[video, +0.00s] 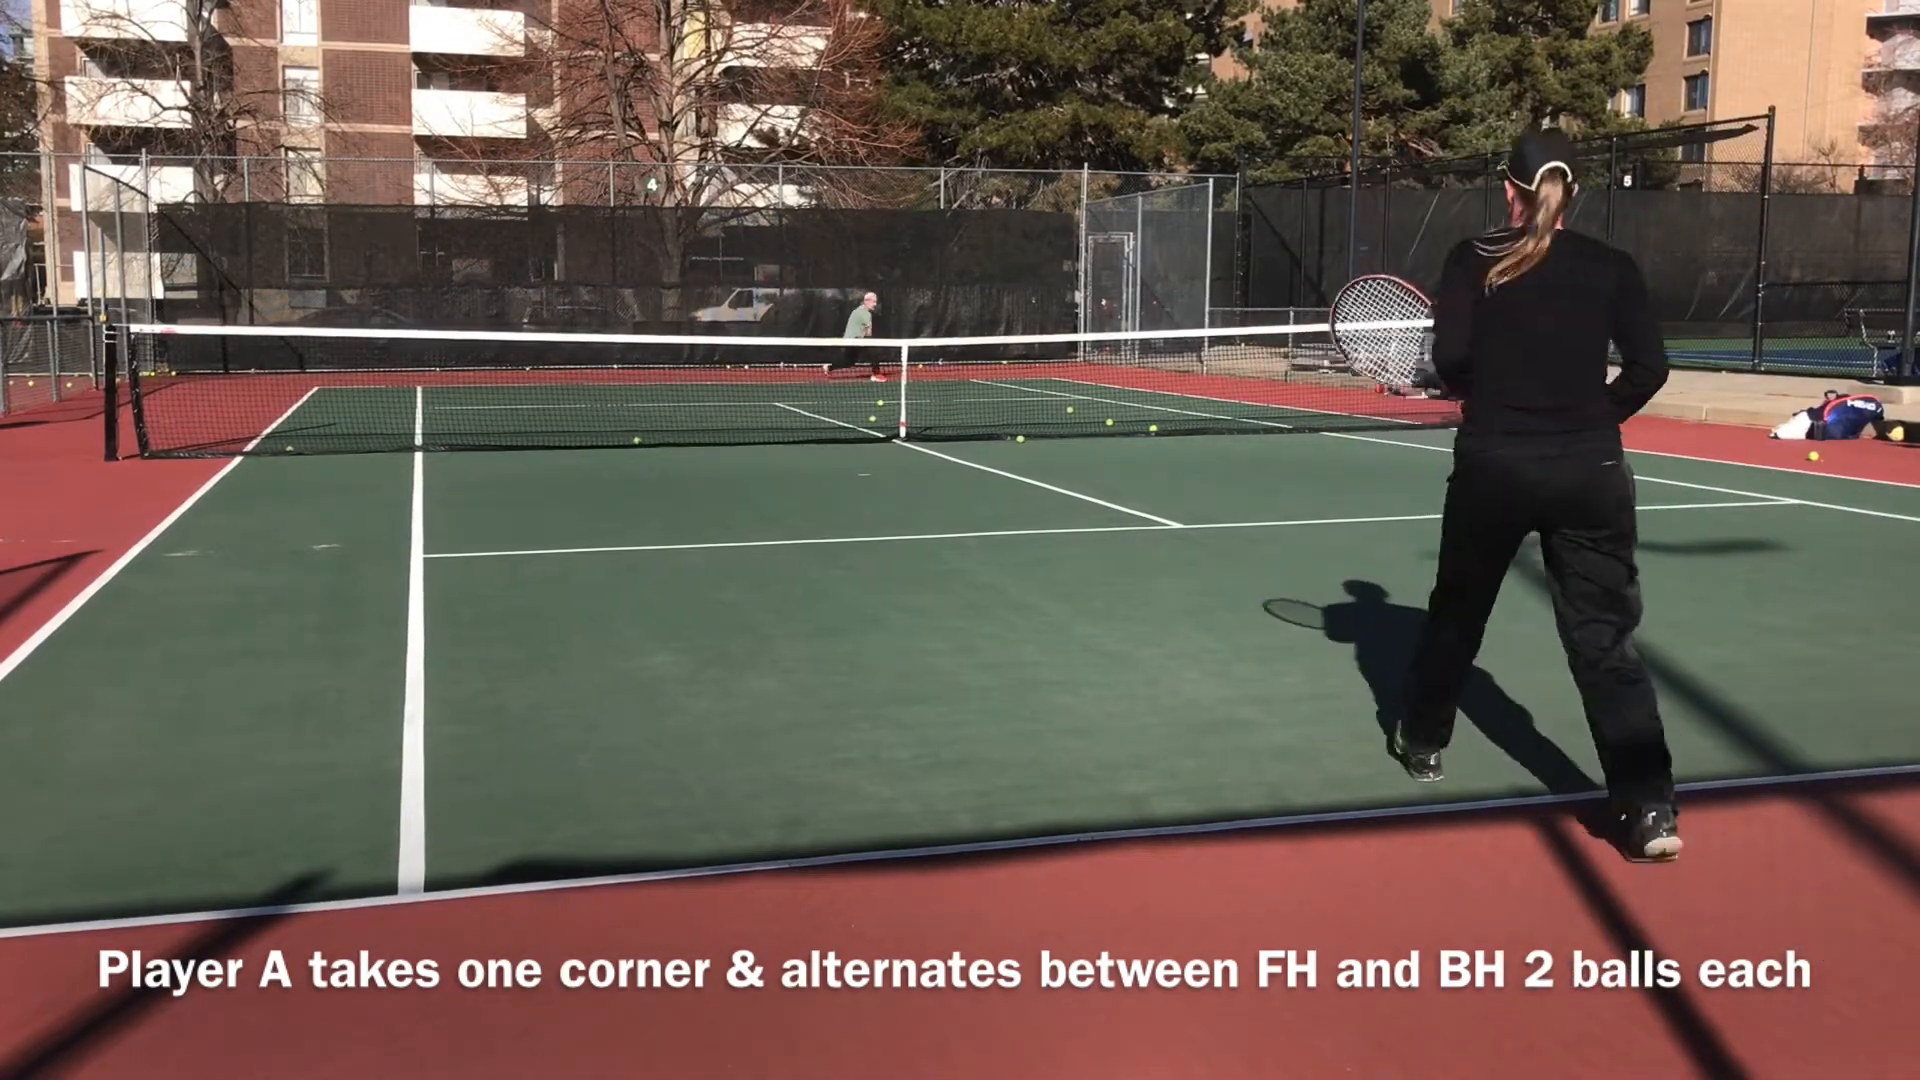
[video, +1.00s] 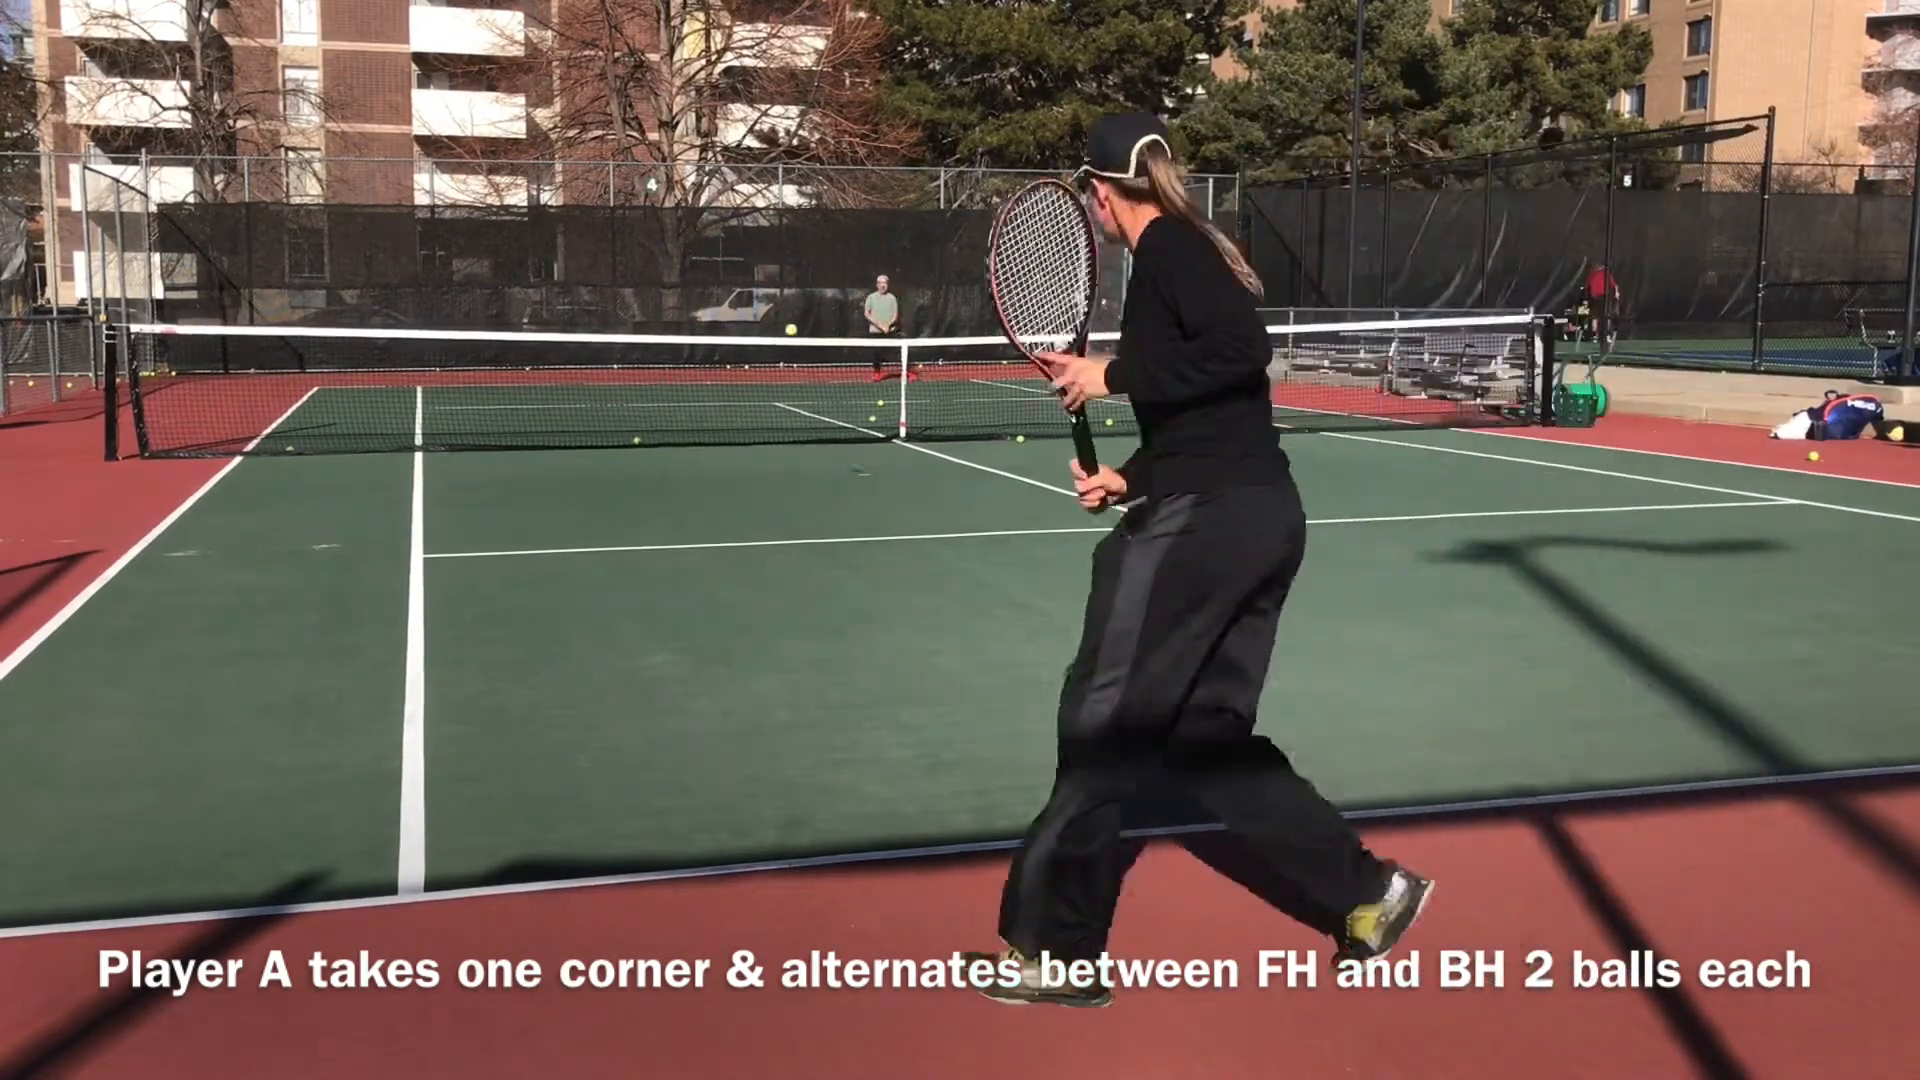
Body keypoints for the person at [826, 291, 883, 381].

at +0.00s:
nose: (875, 304)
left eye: (875, 302)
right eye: (873, 302)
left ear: (866, 302)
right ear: (866, 302)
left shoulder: (857, 310)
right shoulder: (866, 314)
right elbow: (869, 332)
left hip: (849, 339)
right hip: (857, 339)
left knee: (849, 361)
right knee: (874, 353)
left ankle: (829, 367)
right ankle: (875, 374)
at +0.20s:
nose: (892, 307)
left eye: (892, 305)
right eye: (890, 304)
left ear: (887, 305)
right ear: (883, 304)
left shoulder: (887, 316)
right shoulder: (875, 311)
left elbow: (893, 328)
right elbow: (877, 326)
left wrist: (898, 330)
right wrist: (890, 328)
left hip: (869, 338)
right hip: (862, 337)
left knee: (860, 364)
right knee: (877, 351)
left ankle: (837, 368)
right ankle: (876, 374)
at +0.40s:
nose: (898, 301)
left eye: (899, 298)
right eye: (896, 298)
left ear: (899, 299)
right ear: (889, 298)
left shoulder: (893, 311)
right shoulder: (883, 307)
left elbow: (896, 309)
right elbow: (872, 314)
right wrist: (879, 303)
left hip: (881, 335)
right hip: (871, 332)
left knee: (883, 354)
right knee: (878, 353)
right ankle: (876, 372)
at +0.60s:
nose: (900, 293)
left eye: (901, 291)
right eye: (897, 290)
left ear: (903, 292)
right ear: (892, 291)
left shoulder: (902, 303)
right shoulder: (884, 300)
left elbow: (899, 312)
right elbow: (876, 313)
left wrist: (890, 303)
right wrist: (884, 304)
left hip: (890, 330)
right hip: (879, 328)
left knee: (886, 350)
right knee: (881, 349)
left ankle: (879, 370)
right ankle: (877, 370)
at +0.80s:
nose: (895, 291)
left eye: (897, 288)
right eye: (893, 288)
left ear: (900, 291)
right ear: (889, 290)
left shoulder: (902, 303)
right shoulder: (882, 302)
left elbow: (903, 317)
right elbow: (878, 317)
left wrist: (894, 326)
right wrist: (887, 327)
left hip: (897, 329)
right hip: (884, 329)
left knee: (904, 350)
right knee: (882, 349)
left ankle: (910, 370)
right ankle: (878, 369)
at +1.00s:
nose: (883, 285)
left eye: (885, 283)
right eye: (880, 283)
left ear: (888, 285)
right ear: (877, 284)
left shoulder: (892, 298)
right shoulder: (871, 298)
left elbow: (895, 314)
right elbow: (866, 313)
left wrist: (888, 324)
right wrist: (880, 325)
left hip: (889, 330)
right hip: (875, 330)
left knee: (900, 349)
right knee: (876, 352)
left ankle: (906, 370)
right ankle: (876, 371)